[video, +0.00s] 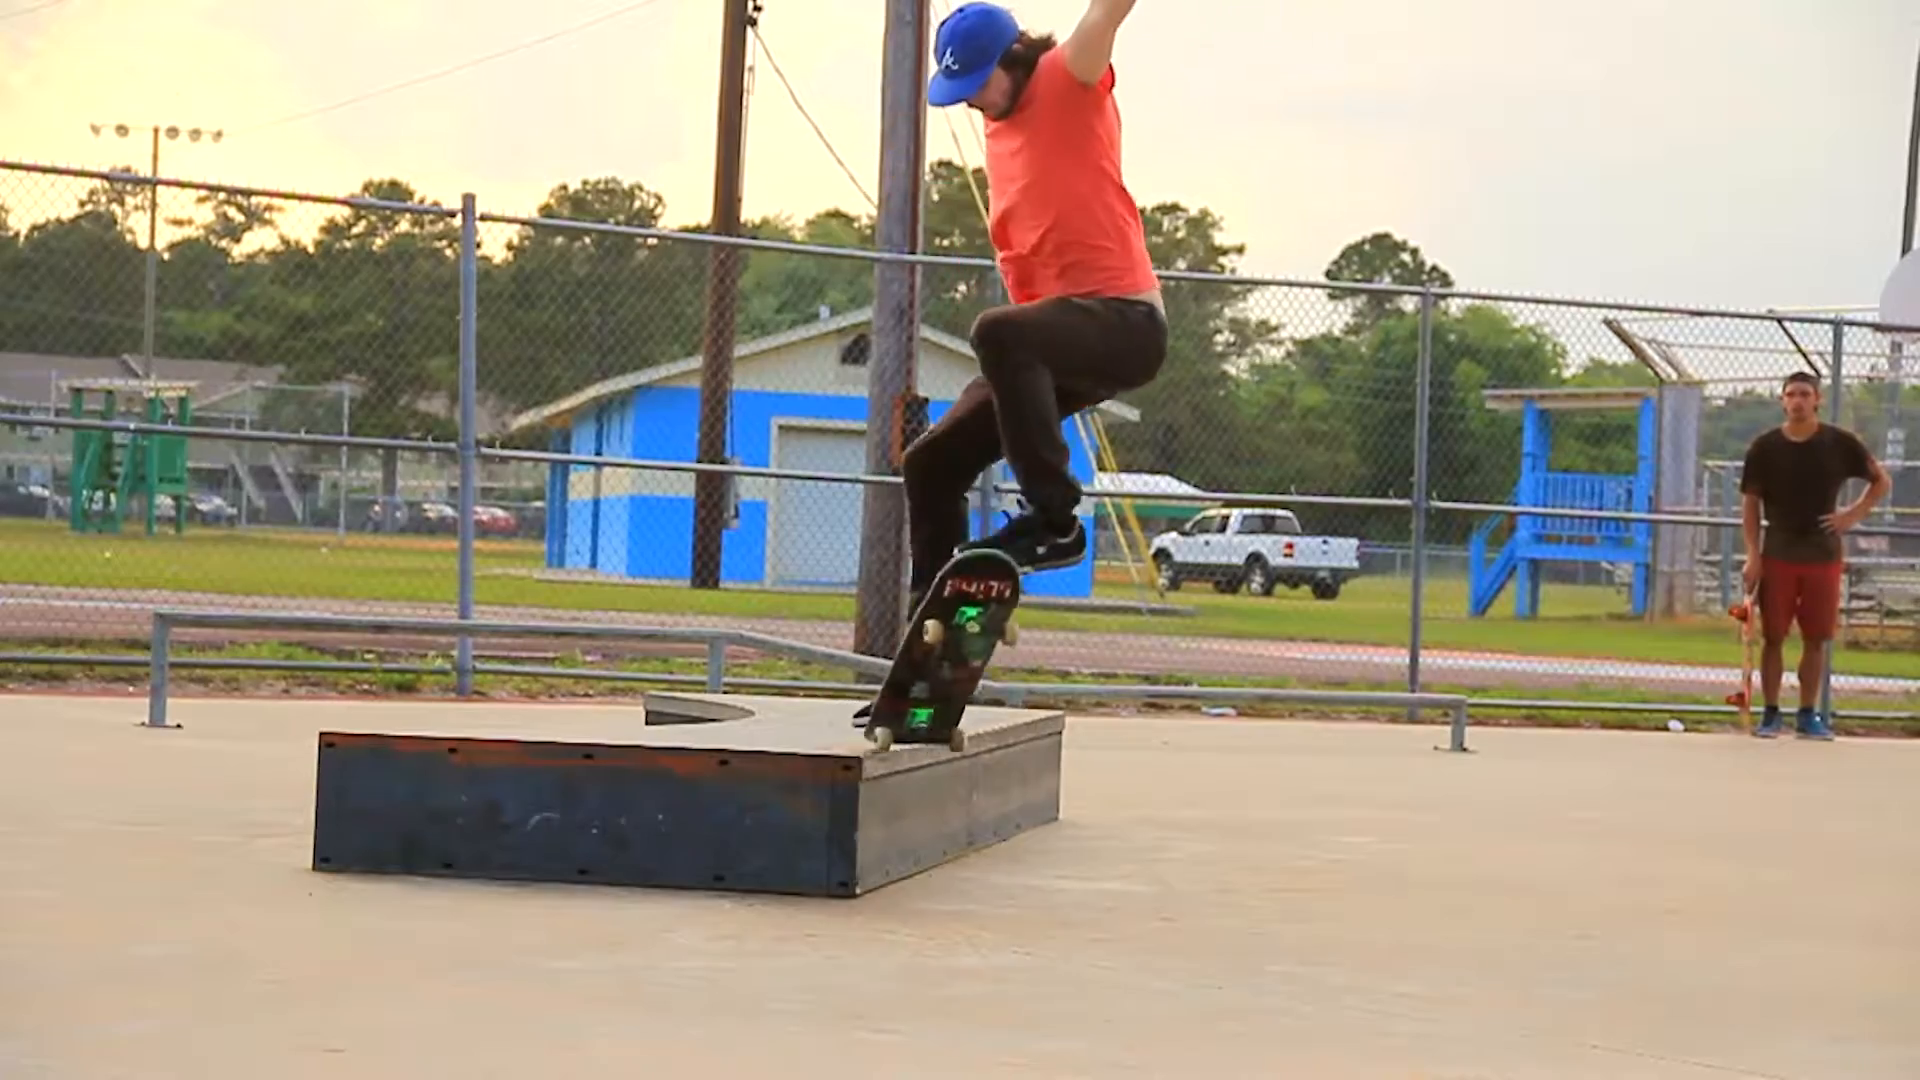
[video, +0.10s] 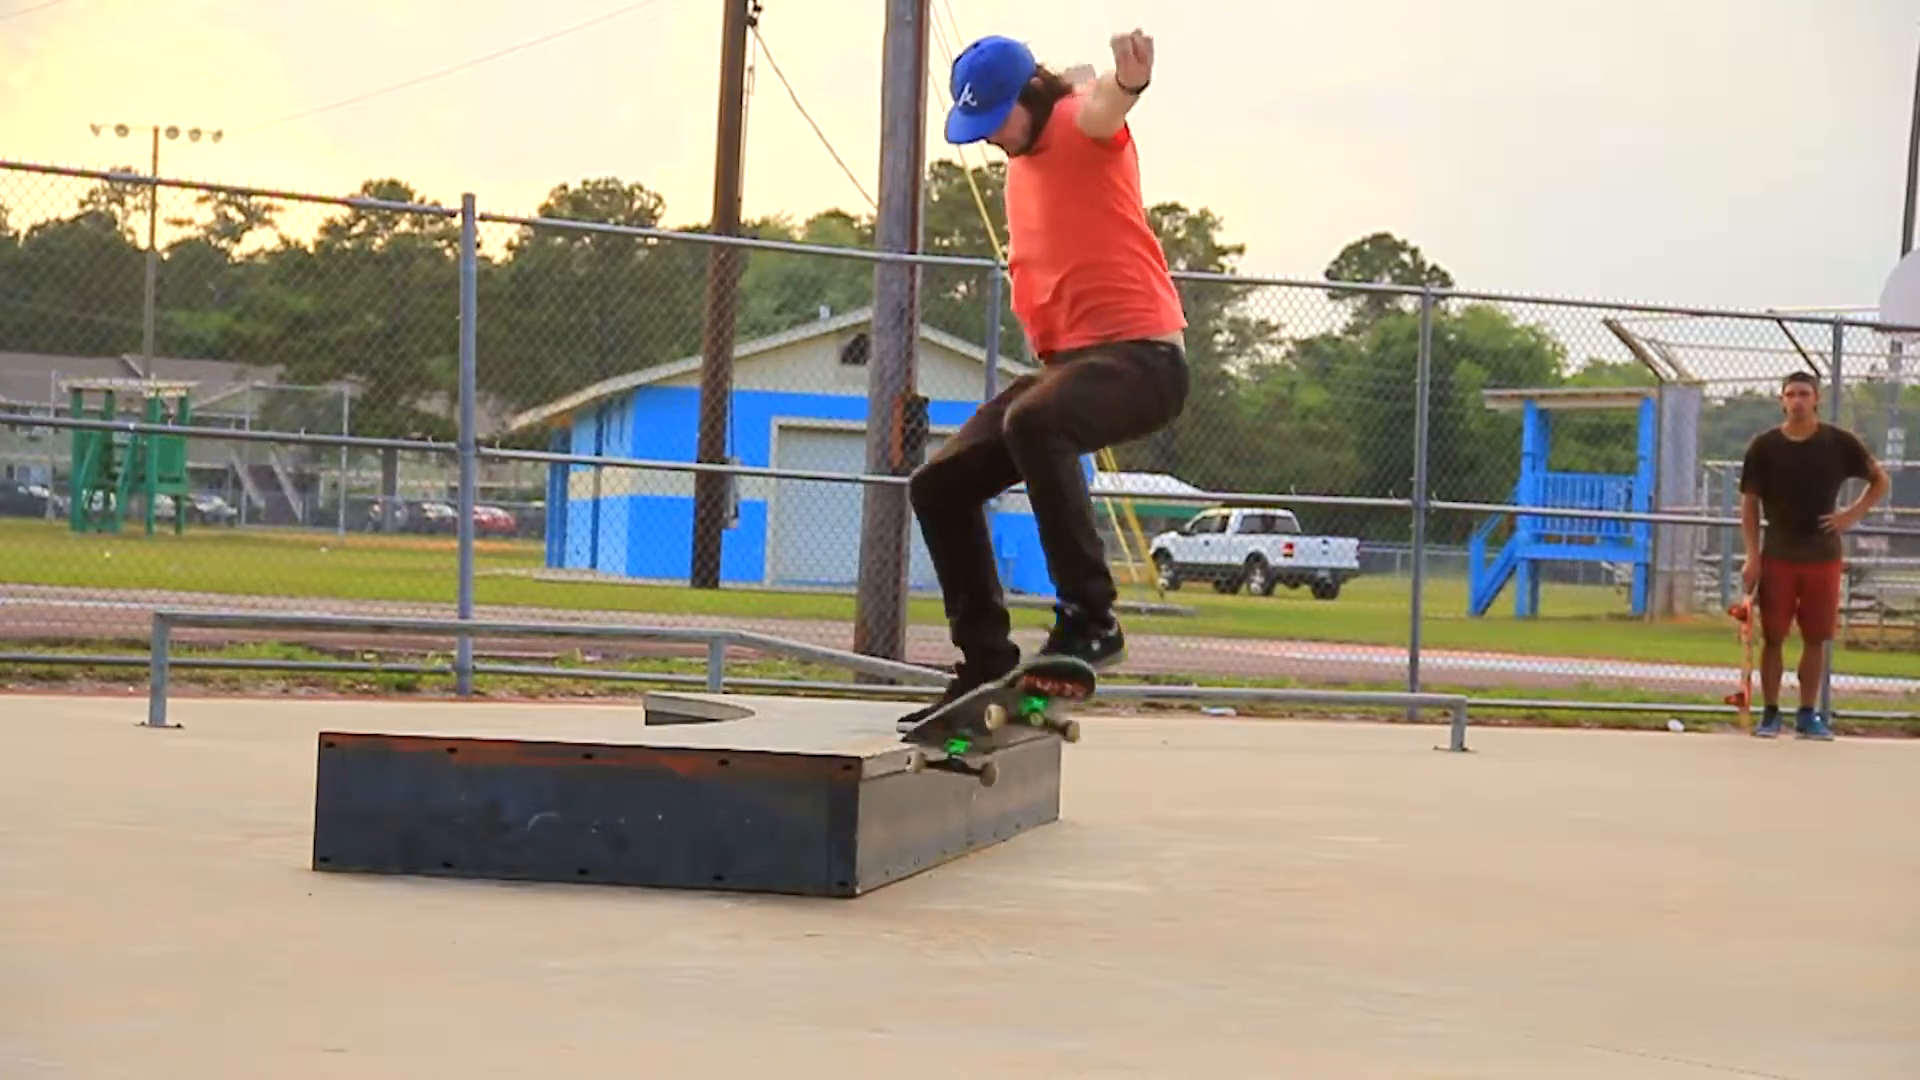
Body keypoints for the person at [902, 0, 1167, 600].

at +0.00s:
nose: (976, 104)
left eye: (980, 87)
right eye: (967, 94)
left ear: (1012, 58)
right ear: (963, 78)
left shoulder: (1068, 73)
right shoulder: (995, 121)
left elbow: (1113, 7)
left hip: (1126, 321)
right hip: (1061, 335)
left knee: (1001, 332)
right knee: (930, 466)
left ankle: (1056, 521)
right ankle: (939, 636)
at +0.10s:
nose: (993, 139)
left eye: (997, 123)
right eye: (984, 129)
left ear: (1028, 94)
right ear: (993, 110)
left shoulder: (1076, 113)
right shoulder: (1025, 151)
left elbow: (1101, 113)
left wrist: (1125, 85)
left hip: (1140, 358)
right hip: (1065, 367)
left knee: (1036, 422)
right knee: (938, 490)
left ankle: (1090, 621)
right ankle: (988, 664)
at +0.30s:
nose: (1066, 268)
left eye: (1075, 252)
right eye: (1057, 257)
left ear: (1109, 226)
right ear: (1049, 241)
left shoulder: (1168, 273)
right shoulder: (1072, 281)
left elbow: (1204, 356)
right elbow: (1087, 380)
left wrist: (1166, 390)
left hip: (1165, 528)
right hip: (1081, 526)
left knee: (1069, 663)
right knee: (995, 678)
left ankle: (1142, 850)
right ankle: (1067, 840)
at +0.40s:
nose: (1113, 300)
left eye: (1123, 285)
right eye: (1100, 289)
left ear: (1155, 258)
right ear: (1084, 269)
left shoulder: (1212, 319)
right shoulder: (1094, 321)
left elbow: (1258, 443)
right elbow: (1112, 429)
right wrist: (1110, 523)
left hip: (1205, 561)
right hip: (1109, 563)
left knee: (1107, 678)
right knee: (1016, 709)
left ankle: (1188, 858)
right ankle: (1110, 850)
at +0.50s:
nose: (1166, 302)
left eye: (1176, 286)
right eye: (1152, 289)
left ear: (1211, 258)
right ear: (1134, 267)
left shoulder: (1268, 328)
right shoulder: (1132, 318)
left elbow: (1316, 470)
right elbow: (1137, 454)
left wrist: (1281, 586)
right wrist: (1116, 566)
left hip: (1239, 570)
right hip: (1149, 571)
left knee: (1146, 686)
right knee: (1061, 720)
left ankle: (1237, 869)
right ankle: (1160, 864)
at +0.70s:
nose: (1269, 238)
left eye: (1284, 222)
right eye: (1254, 224)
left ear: (1320, 196)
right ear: (1235, 203)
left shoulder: (1382, 274)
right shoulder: (1219, 268)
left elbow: (1425, 424)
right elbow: (1213, 416)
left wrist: (1437, 566)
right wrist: (1211, 546)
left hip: (1358, 521)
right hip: (1252, 531)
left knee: (1280, 676)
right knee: (1190, 716)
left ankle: (1354, 892)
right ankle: (1276, 883)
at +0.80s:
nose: (1334, 188)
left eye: (1351, 172)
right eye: (1318, 173)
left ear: (1384, 148)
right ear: (1293, 153)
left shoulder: (1441, 228)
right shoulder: (1270, 227)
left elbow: (1489, 385)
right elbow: (1266, 380)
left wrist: (1507, 523)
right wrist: (1270, 511)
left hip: (1418, 488)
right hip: (1308, 501)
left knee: (1350, 677)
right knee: (1264, 701)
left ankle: (1430, 906)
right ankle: (1338, 893)